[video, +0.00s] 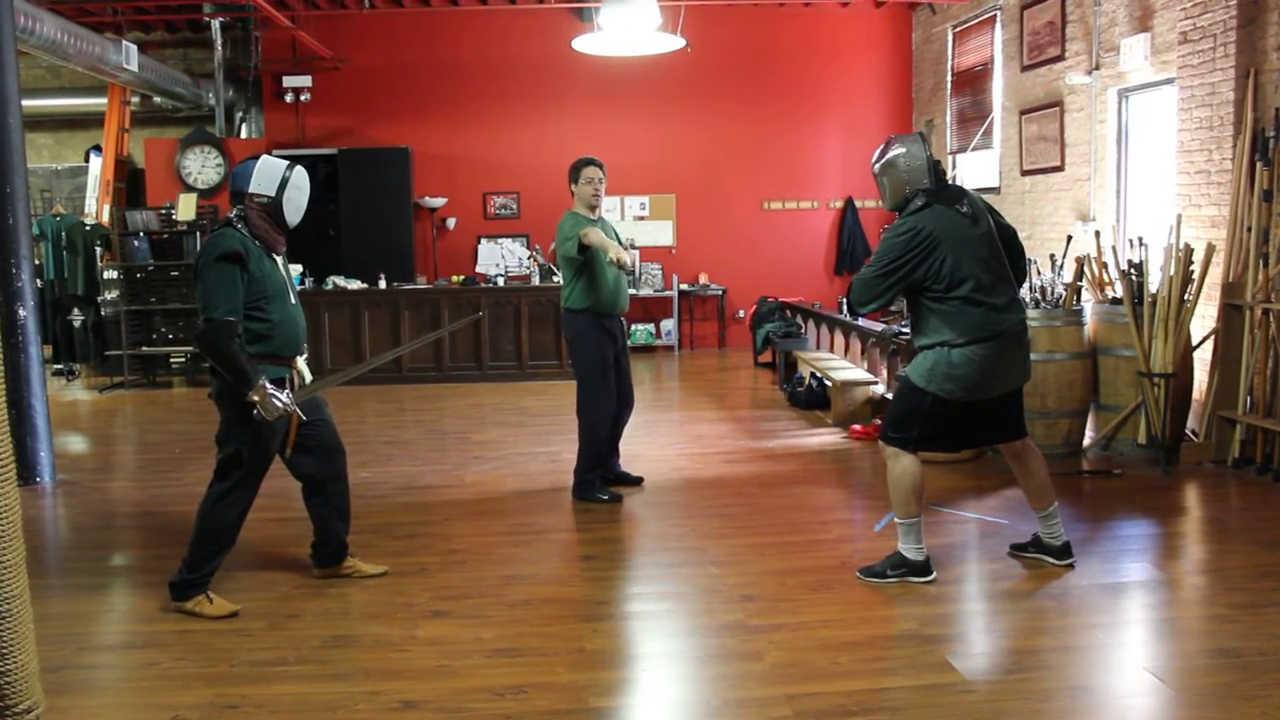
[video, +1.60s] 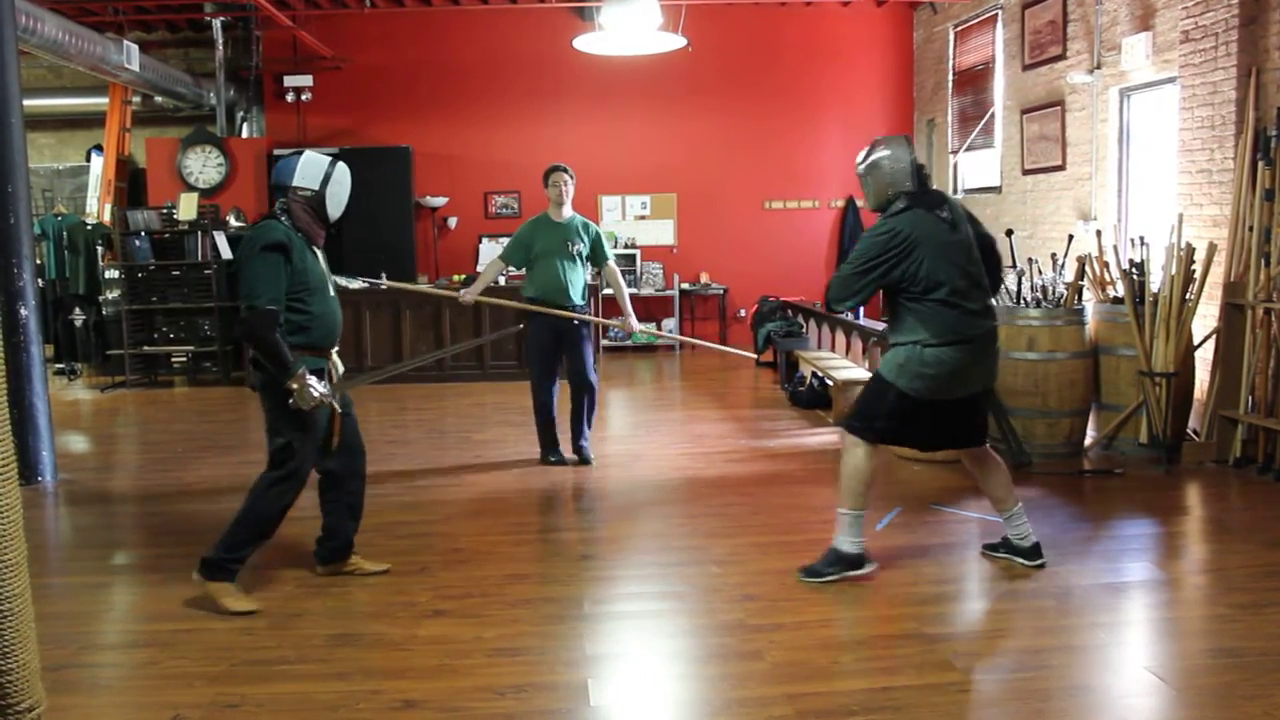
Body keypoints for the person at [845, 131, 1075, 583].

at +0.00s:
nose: (881, 193)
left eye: (883, 182)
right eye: (881, 183)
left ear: (901, 178)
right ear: (929, 172)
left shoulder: (911, 228)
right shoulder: (976, 206)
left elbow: (860, 297)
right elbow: (1017, 260)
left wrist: (891, 276)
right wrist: (993, 300)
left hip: (954, 355)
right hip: (1009, 348)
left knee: (898, 439)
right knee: (1015, 440)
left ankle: (912, 555)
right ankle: (1054, 539)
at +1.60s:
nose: (860, 188)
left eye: (863, 178)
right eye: (861, 179)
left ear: (881, 181)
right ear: (909, 176)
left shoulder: (890, 230)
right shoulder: (953, 211)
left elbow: (837, 296)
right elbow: (992, 259)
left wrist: (882, 269)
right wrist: (971, 298)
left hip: (922, 357)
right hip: (977, 351)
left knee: (858, 433)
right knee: (974, 446)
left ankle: (848, 547)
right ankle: (1023, 539)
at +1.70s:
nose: (841, 192)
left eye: (843, 183)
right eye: (841, 182)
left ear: (857, 184)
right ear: (891, 178)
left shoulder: (867, 231)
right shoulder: (934, 214)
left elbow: (812, 289)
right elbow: (970, 270)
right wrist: (942, 299)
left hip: (902, 360)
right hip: (958, 355)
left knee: (838, 437)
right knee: (971, 446)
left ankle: (809, 551)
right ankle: (1024, 538)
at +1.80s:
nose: (816, 195)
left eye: (819, 185)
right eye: (816, 186)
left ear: (836, 183)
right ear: (864, 178)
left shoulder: (842, 233)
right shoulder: (909, 215)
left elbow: (782, 286)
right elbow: (942, 277)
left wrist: (765, 269)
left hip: (879, 363)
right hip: (934, 357)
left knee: (814, 443)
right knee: (958, 445)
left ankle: (795, 557)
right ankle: (1020, 532)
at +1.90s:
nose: (789, 198)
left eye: (791, 189)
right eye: (788, 189)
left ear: (807, 187)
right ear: (837, 182)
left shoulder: (814, 234)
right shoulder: (881, 215)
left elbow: (755, 280)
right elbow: (916, 259)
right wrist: (901, 301)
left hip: (860, 358)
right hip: (913, 351)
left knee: (795, 443)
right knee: (938, 441)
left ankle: (788, 558)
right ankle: (1010, 520)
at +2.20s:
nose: (747, 201)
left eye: (750, 192)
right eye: (747, 192)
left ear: (766, 192)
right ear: (797, 186)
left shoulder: (781, 239)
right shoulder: (840, 213)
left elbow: (755, 314)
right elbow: (882, 258)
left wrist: (692, 328)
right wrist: (859, 296)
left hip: (837, 350)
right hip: (881, 340)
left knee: (772, 440)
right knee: (888, 430)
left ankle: (784, 556)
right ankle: (954, 508)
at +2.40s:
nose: (766, 193)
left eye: (769, 184)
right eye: (765, 184)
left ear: (787, 183)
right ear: (811, 178)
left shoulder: (797, 235)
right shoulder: (853, 209)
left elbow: (763, 306)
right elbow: (891, 247)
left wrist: (709, 294)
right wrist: (882, 297)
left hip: (836, 347)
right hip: (882, 338)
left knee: (781, 439)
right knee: (869, 427)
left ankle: (784, 555)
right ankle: (918, 511)